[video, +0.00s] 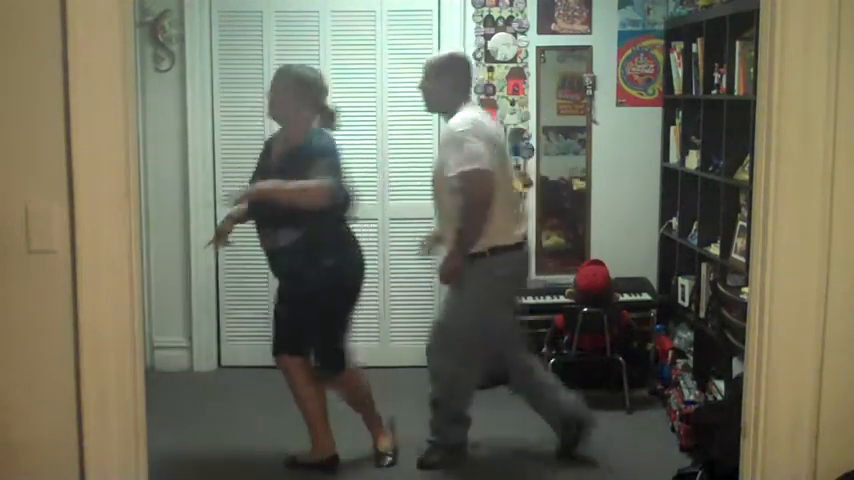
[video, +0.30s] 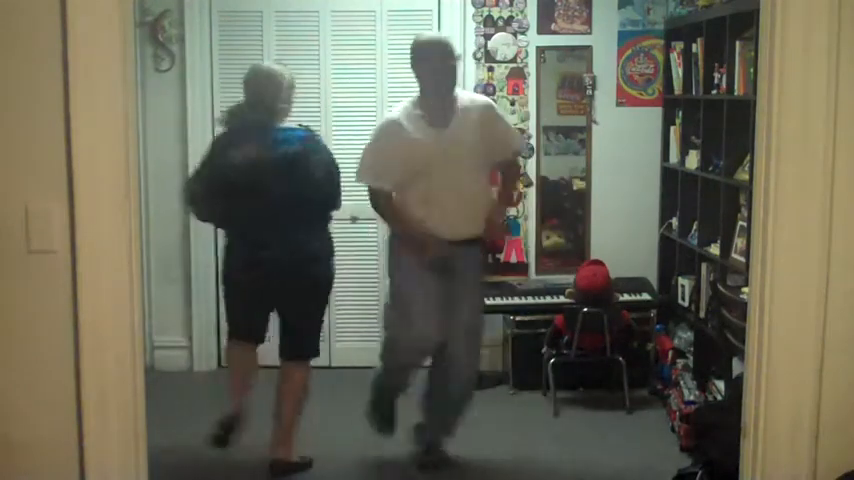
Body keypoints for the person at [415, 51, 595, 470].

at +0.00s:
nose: (421, 89)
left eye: (428, 81)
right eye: (423, 81)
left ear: (450, 82)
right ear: (457, 82)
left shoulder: (464, 127)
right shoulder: (476, 123)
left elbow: (479, 191)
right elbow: (480, 191)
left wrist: (458, 253)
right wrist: (445, 232)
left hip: (488, 260)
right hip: (497, 258)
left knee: (448, 350)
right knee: (505, 350)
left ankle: (448, 442)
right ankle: (569, 419)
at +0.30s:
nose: (442, 73)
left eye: (448, 64)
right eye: (432, 65)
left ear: (456, 67)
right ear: (416, 70)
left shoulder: (482, 114)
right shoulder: (395, 127)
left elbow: (511, 169)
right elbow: (378, 194)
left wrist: (500, 211)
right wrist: (411, 234)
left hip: (468, 247)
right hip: (415, 245)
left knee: (461, 348)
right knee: (419, 335)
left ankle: (434, 439)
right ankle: (387, 389)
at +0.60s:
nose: (447, 76)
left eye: (440, 66)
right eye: (447, 69)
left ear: (410, 68)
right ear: (446, 72)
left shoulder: (383, 113)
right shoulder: (443, 117)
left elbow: (378, 179)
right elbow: (439, 190)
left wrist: (439, 217)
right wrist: (469, 229)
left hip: (365, 245)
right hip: (408, 252)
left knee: (378, 349)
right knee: (412, 353)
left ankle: (393, 439)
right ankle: (397, 457)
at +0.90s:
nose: (353, 78)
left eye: (356, 72)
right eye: (356, 71)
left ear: (365, 75)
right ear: (397, 76)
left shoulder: (346, 122)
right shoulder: (426, 130)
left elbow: (318, 184)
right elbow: (454, 201)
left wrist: (310, 223)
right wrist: (464, 263)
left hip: (353, 261)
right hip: (411, 261)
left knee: (325, 355)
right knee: (401, 365)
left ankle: (322, 451)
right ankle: (396, 459)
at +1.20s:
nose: (308, 84)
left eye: (317, 77)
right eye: (310, 77)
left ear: (343, 81)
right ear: (343, 82)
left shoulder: (361, 123)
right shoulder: (355, 122)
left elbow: (363, 196)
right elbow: (358, 197)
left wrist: (317, 258)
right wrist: (318, 255)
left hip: (356, 263)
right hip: (354, 261)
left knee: (312, 362)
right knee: (325, 358)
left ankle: (317, 458)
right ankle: (380, 424)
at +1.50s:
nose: (310, 82)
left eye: (320, 74)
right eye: (307, 74)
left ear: (341, 79)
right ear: (301, 80)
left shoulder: (377, 122)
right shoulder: (295, 140)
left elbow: (425, 175)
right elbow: (248, 178)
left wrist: (451, 243)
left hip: (394, 246)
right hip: (347, 248)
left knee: (364, 342)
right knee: (336, 349)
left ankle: (352, 446)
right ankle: (366, 432)